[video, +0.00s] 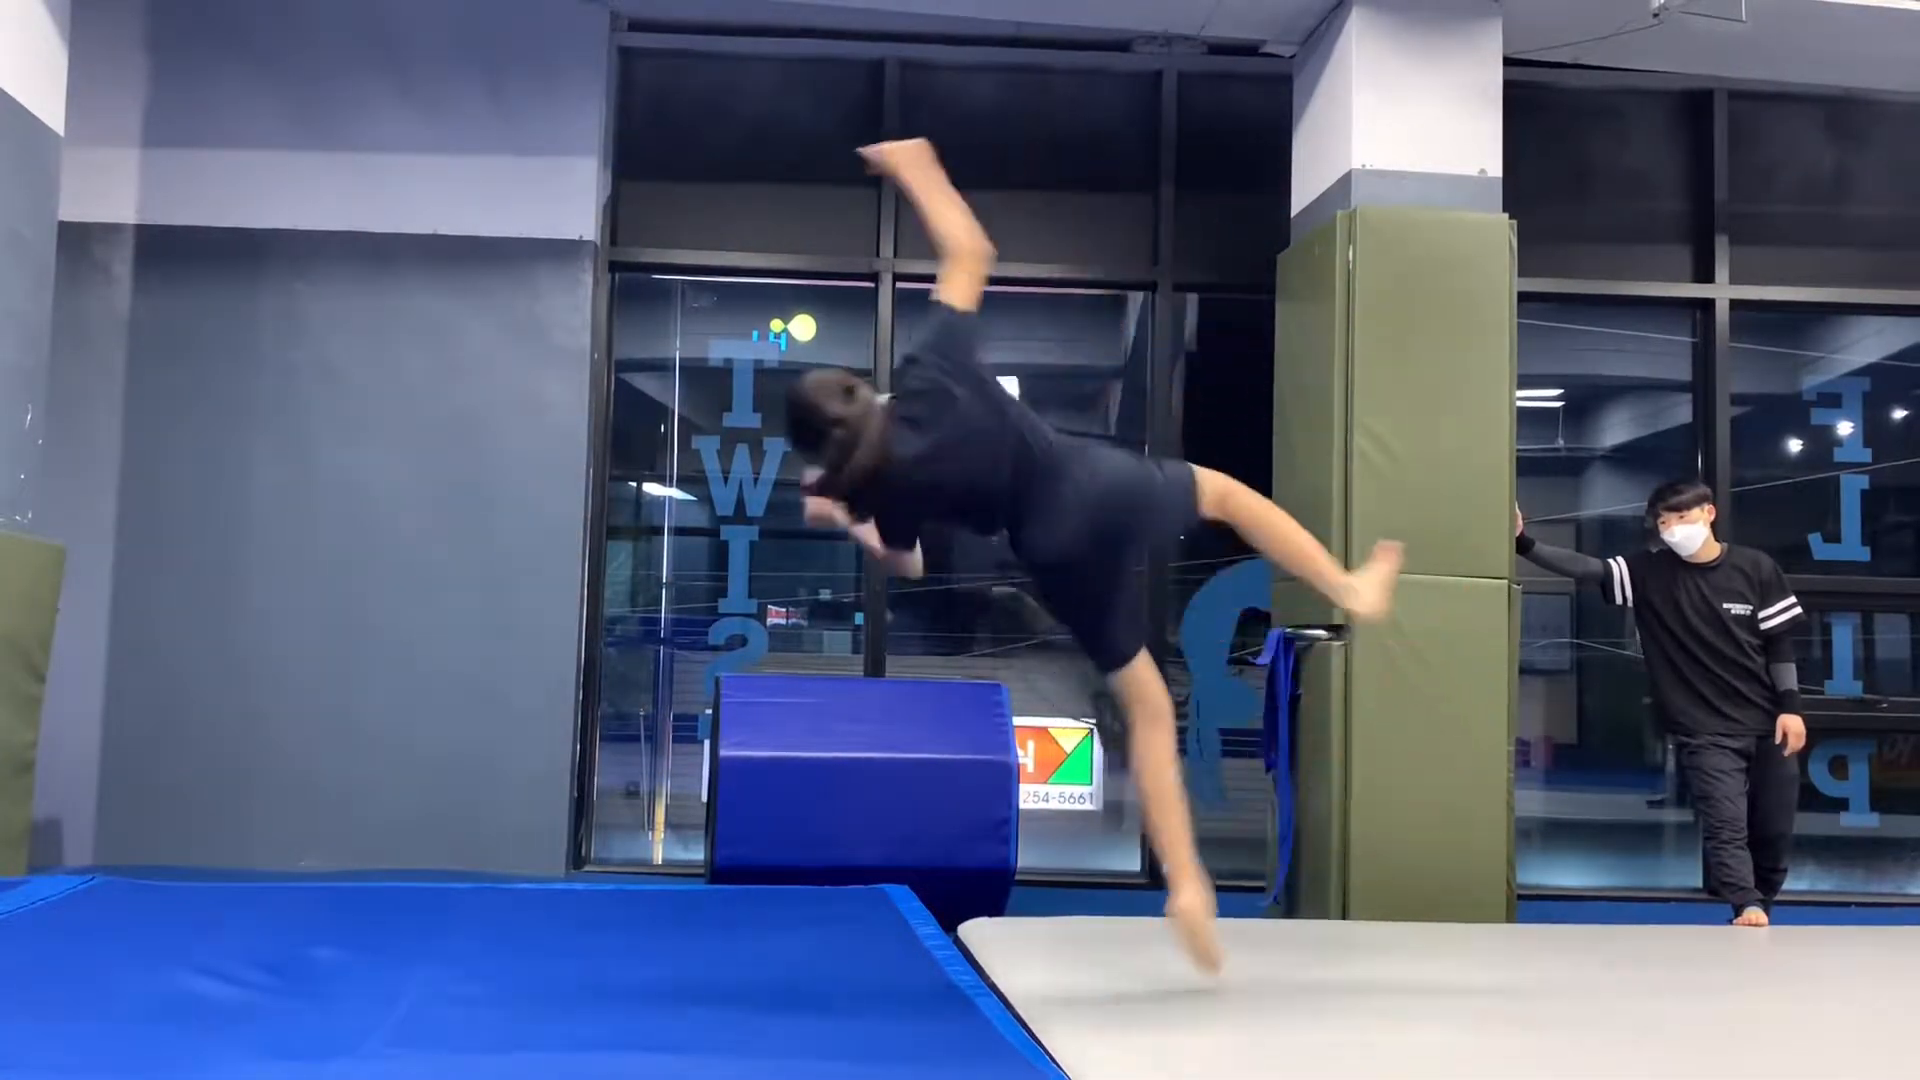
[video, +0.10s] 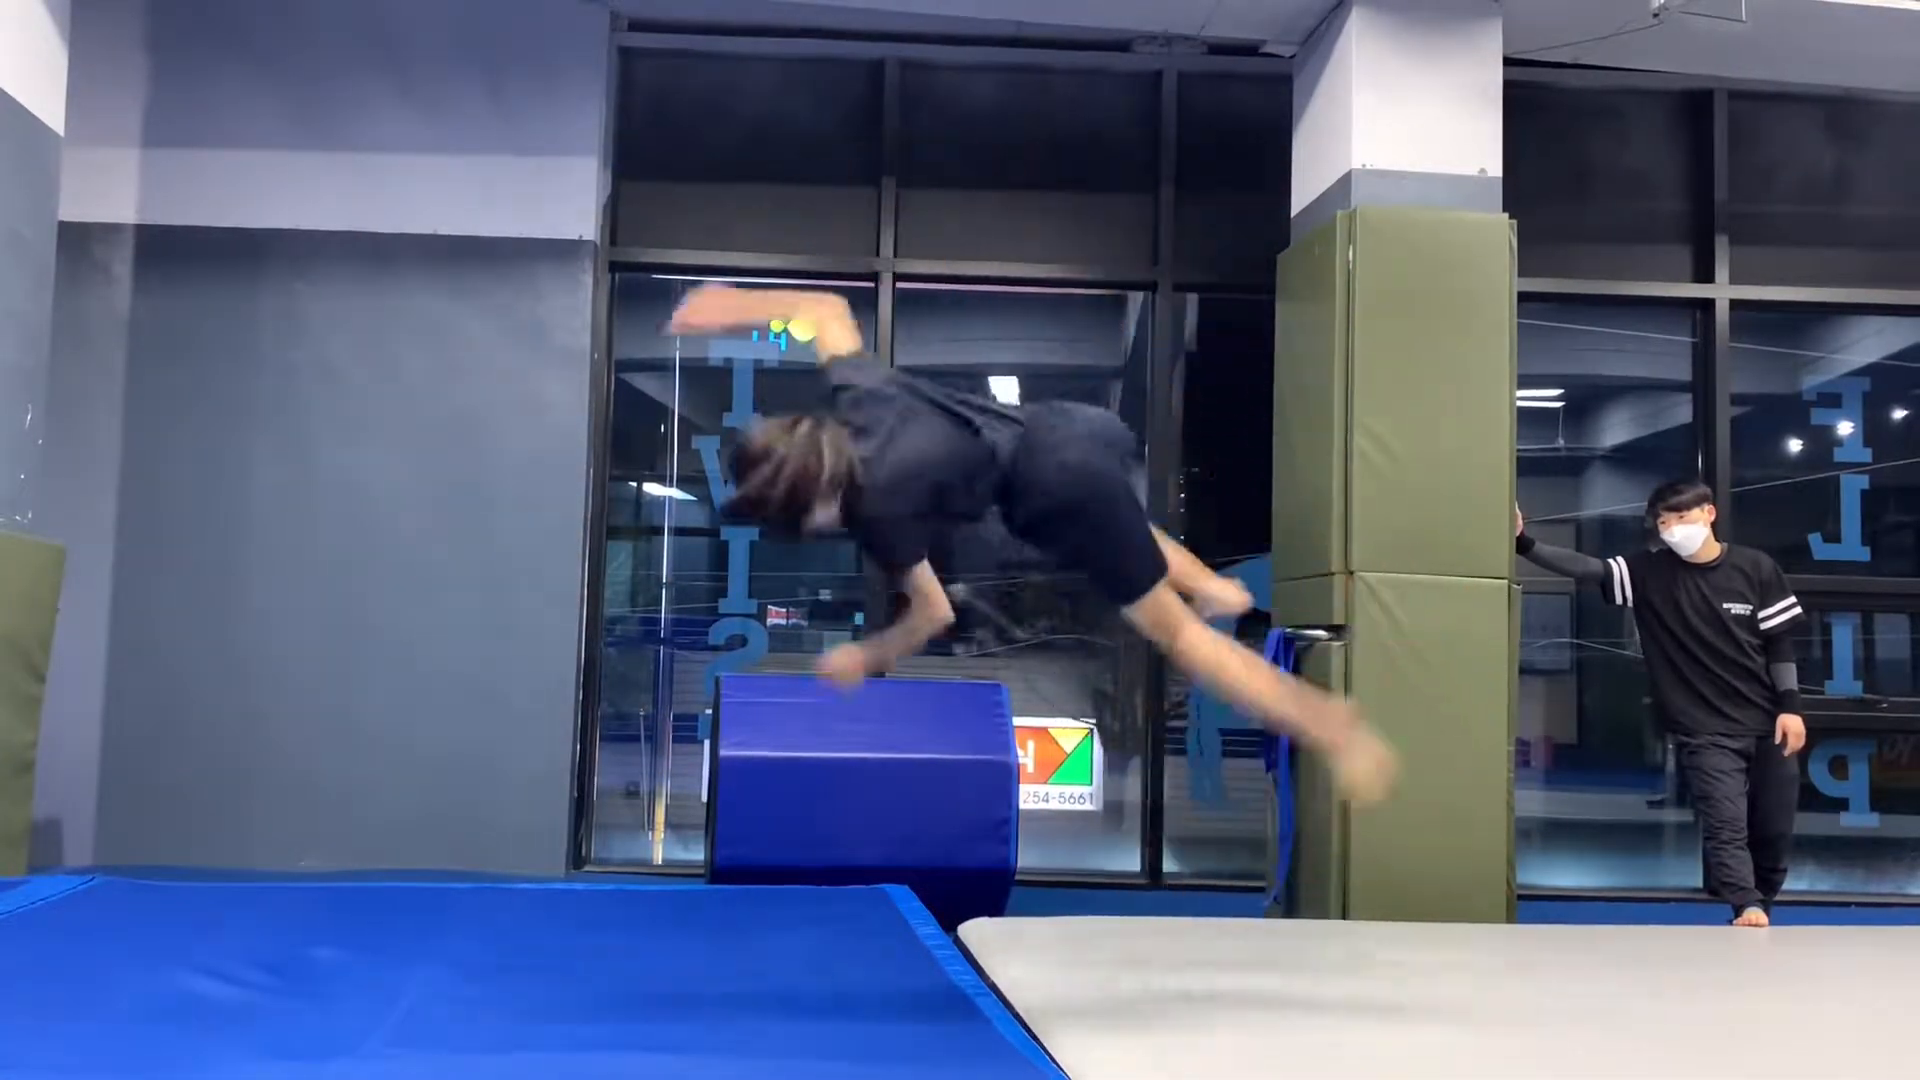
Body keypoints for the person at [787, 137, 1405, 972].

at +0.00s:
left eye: (818, 444)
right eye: (840, 390)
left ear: (826, 451)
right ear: (859, 384)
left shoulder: (886, 493)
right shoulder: (933, 363)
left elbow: (904, 564)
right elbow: (966, 250)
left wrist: (852, 522)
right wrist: (917, 168)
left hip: (1053, 551)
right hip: (1098, 482)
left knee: (1146, 710)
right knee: (1222, 495)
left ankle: (1187, 885)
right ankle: (1349, 590)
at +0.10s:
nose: (791, 529)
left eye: (786, 521)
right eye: (782, 514)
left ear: (800, 509)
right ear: (802, 436)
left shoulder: (878, 521)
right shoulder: (859, 395)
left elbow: (934, 614)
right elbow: (828, 311)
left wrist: (868, 656)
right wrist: (743, 306)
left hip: (1063, 492)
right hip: (1078, 422)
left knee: (1181, 632)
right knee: (1120, 522)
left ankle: (1331, 727)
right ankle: (1216, 585)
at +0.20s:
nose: (790, 610)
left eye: (789, 592)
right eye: (772, 603)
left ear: (806, 553)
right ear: (753, 570)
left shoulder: (868, 549)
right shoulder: (768, 517)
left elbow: (916, 681)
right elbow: (690, 549)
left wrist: (857, 783)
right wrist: (649, 579)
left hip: (1049, 470)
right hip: (991, 483)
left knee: (1196, 562)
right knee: (958, 583)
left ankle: (1356, 471)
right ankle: (1074, 678)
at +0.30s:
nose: (789, 718)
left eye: (787, 706)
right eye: (774, 713)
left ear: (799, 669)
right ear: (755, 691)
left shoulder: (860, 654)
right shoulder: (763, 669)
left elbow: (865, 805)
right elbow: (738, 777)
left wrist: (840, 925)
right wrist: (690, 865)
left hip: (980, 522)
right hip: (946, 566)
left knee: (1166, 485)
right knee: (928, 699)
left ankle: (1216, 318)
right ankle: (917, 832)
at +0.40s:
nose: (823, 877)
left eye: (816, 865)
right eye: (808, 876)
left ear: (818, 832)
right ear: (782, 851)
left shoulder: (882, 799)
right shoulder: (781, 808)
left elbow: (883, 946)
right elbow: (801, 935)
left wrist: (870, 1055)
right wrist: (783, 1042)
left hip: (936, 639)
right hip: (876, 657)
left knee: (1046, 498)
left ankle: (978, 353)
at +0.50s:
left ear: (861, 943)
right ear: (792, 923)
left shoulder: (902, 851)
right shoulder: (779, 846)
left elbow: (955, 970)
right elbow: (773, 954)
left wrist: (883, 1058)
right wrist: (777, 1048)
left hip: (894, 681)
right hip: (821, 691)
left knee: (932, 578)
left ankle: (782, 523)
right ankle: (887, 953)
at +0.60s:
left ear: (898, 905)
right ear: (822, 910)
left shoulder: (922, 838)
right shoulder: (791, 836)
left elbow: (949, 969)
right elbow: (768, 930)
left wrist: (882, 1054)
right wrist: (776, 1031)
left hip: (859, 647)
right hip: (782, 671)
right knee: (640, 700)